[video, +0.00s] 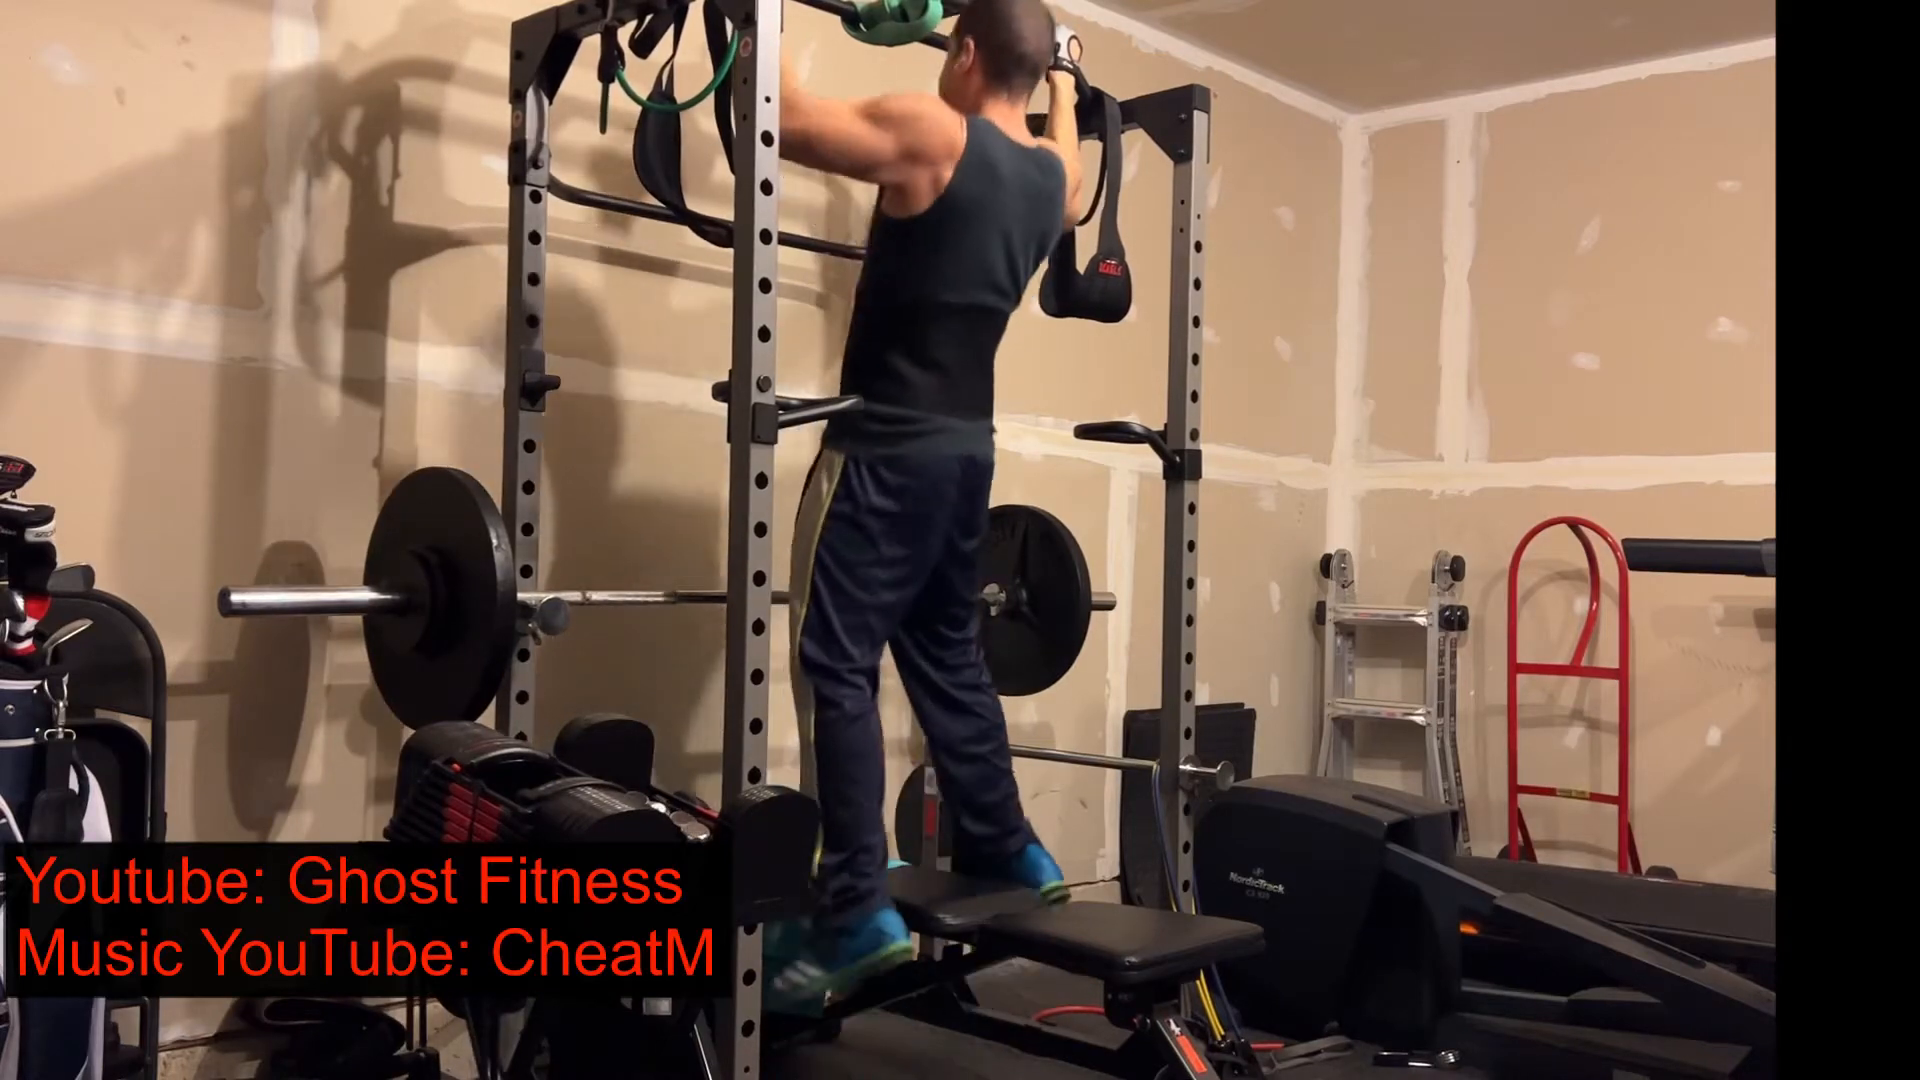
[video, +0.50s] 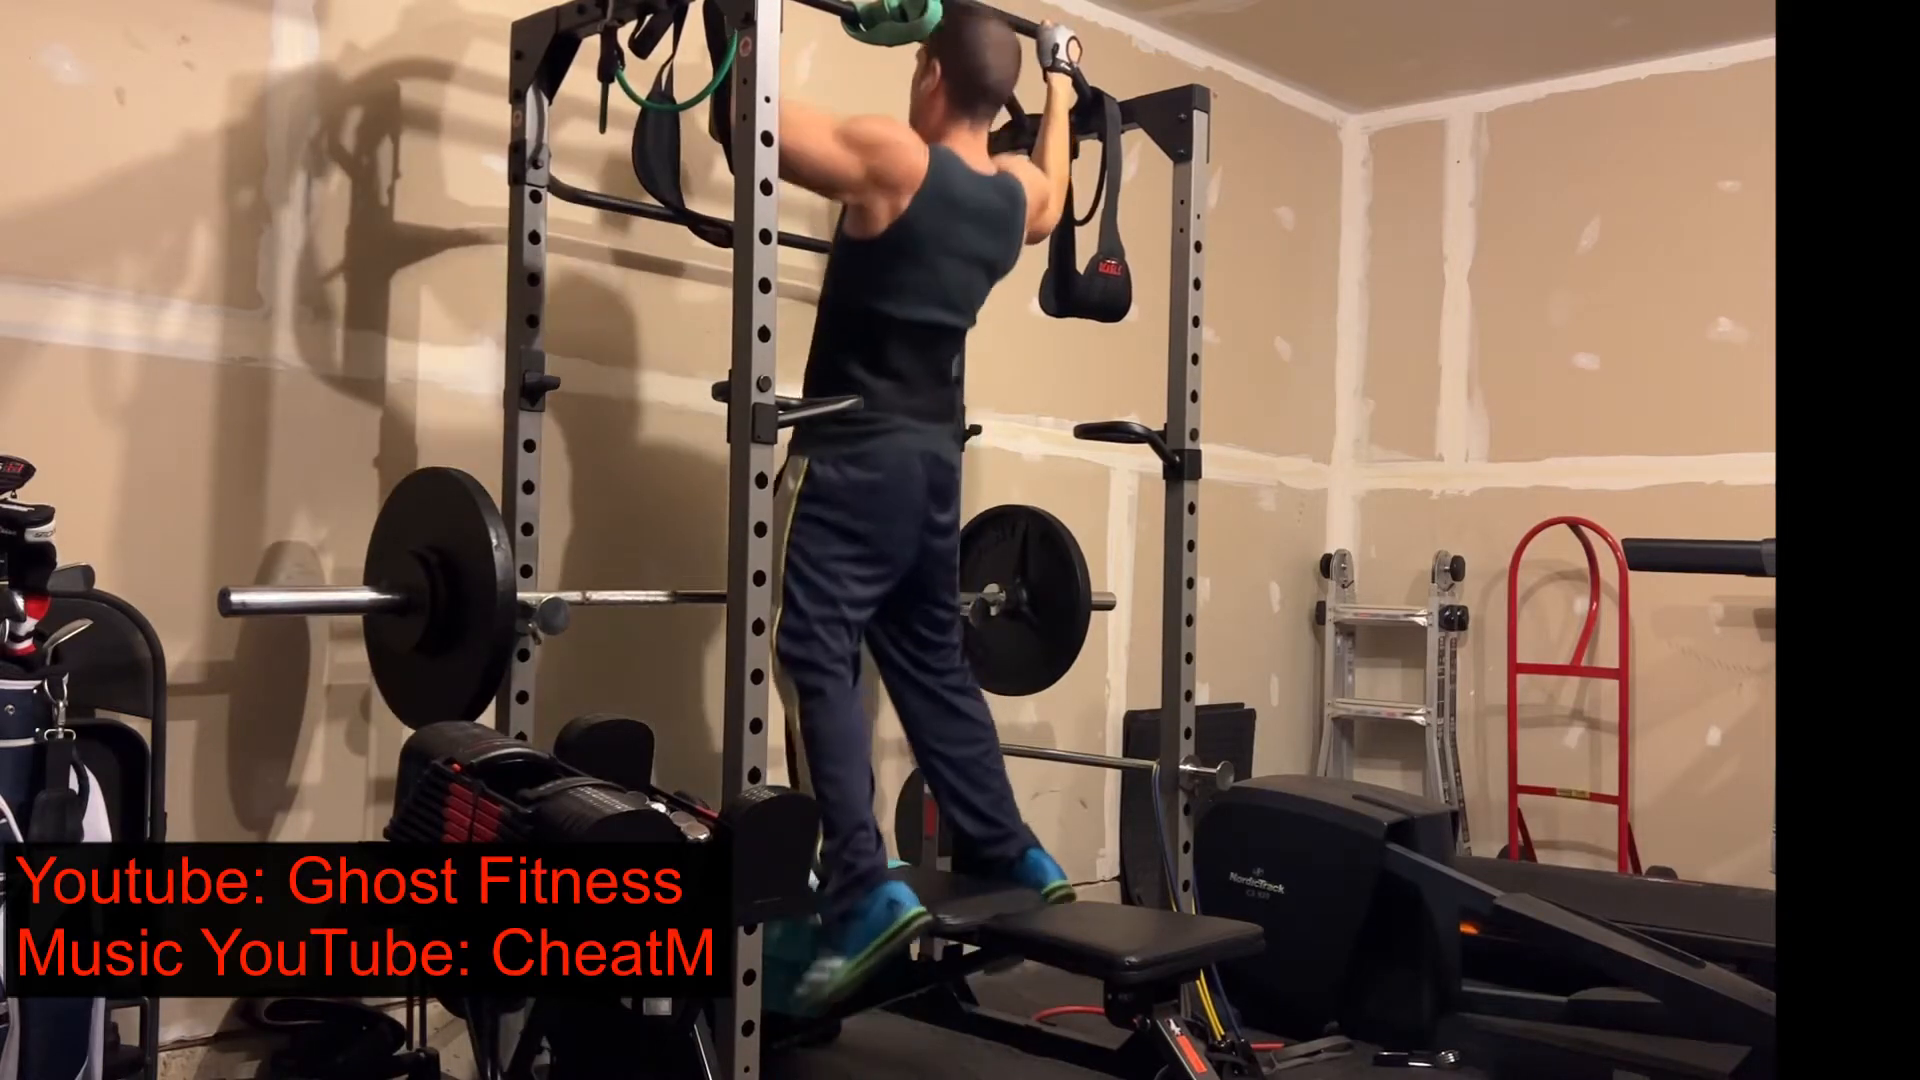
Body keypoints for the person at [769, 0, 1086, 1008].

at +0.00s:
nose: (944, 58)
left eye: (953, 43)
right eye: (954, 44)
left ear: (970, 55)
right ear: (1038, 75)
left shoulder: (926, 128)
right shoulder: (1045, 171)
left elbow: (790, 121)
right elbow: (1067, 206)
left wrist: (759, 20)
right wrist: (1052, 116)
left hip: (886, 451)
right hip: (965, 453)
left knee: (837, 663)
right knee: (946, 651)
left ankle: (856, 903)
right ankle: (1002, 848)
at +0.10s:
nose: (944, 25)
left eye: (950, 14)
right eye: (955, 16)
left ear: (967, 18)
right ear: (1041, 40)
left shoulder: (921, 92)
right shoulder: (1049, 140)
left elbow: (781, 113)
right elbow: (1072, 199)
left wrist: (757, 23)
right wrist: (1060, 105)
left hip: (887, 409)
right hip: (966, 412)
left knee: (841, 625)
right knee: (948, 615)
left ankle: (847, 863)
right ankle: (1003, 823)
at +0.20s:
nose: (930, 6)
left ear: (954, 6)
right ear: (1024, 21)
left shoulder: (910, 71)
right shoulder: (1036, 112)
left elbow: (772, 111)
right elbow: (1063, 199)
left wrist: (754, 17)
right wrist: (1060, 85)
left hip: (882, 379)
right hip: (961, 382)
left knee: (844, 600)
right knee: (948, 597)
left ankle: (846, 834)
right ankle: (1006, 807)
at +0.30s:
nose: (920, 9)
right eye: (926, 0)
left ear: (948, 9)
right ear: (1010, 26)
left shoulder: (901, 76)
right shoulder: (1030, 122)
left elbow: (767, 114)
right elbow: (1057, 200)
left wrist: (747, 21)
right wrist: (1059, 87)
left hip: (873, 379)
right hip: (951, 386)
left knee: (841, 596)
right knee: (944, 597)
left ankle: (849, 826)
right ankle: (1008, 806)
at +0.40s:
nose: (915, 28)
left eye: (924, 18)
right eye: (924, 18)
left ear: (941, 30)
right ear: (1005, 52)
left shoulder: (893, 110)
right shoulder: (1019, 154)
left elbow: (759, 119)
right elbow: (1057, 198)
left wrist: (748, 26)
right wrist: (1061, 91)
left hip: (867, 412)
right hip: (939, 418)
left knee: (831, 620)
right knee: (939, 623)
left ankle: (857, 855)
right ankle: (1008, 826)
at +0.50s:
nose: (912, 70)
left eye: (919, 57)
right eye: (924, 58)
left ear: (932, 76)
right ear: (1001, 100)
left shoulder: (891, 154)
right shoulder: (1012, 196)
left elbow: (760, 125)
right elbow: (1053, 189)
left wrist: (739, 34)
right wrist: (1060, 93)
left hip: (858, 451)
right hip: (932, 453)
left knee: (820, 658)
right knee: (930, 657)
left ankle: (863, 887)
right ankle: (1006, 853)